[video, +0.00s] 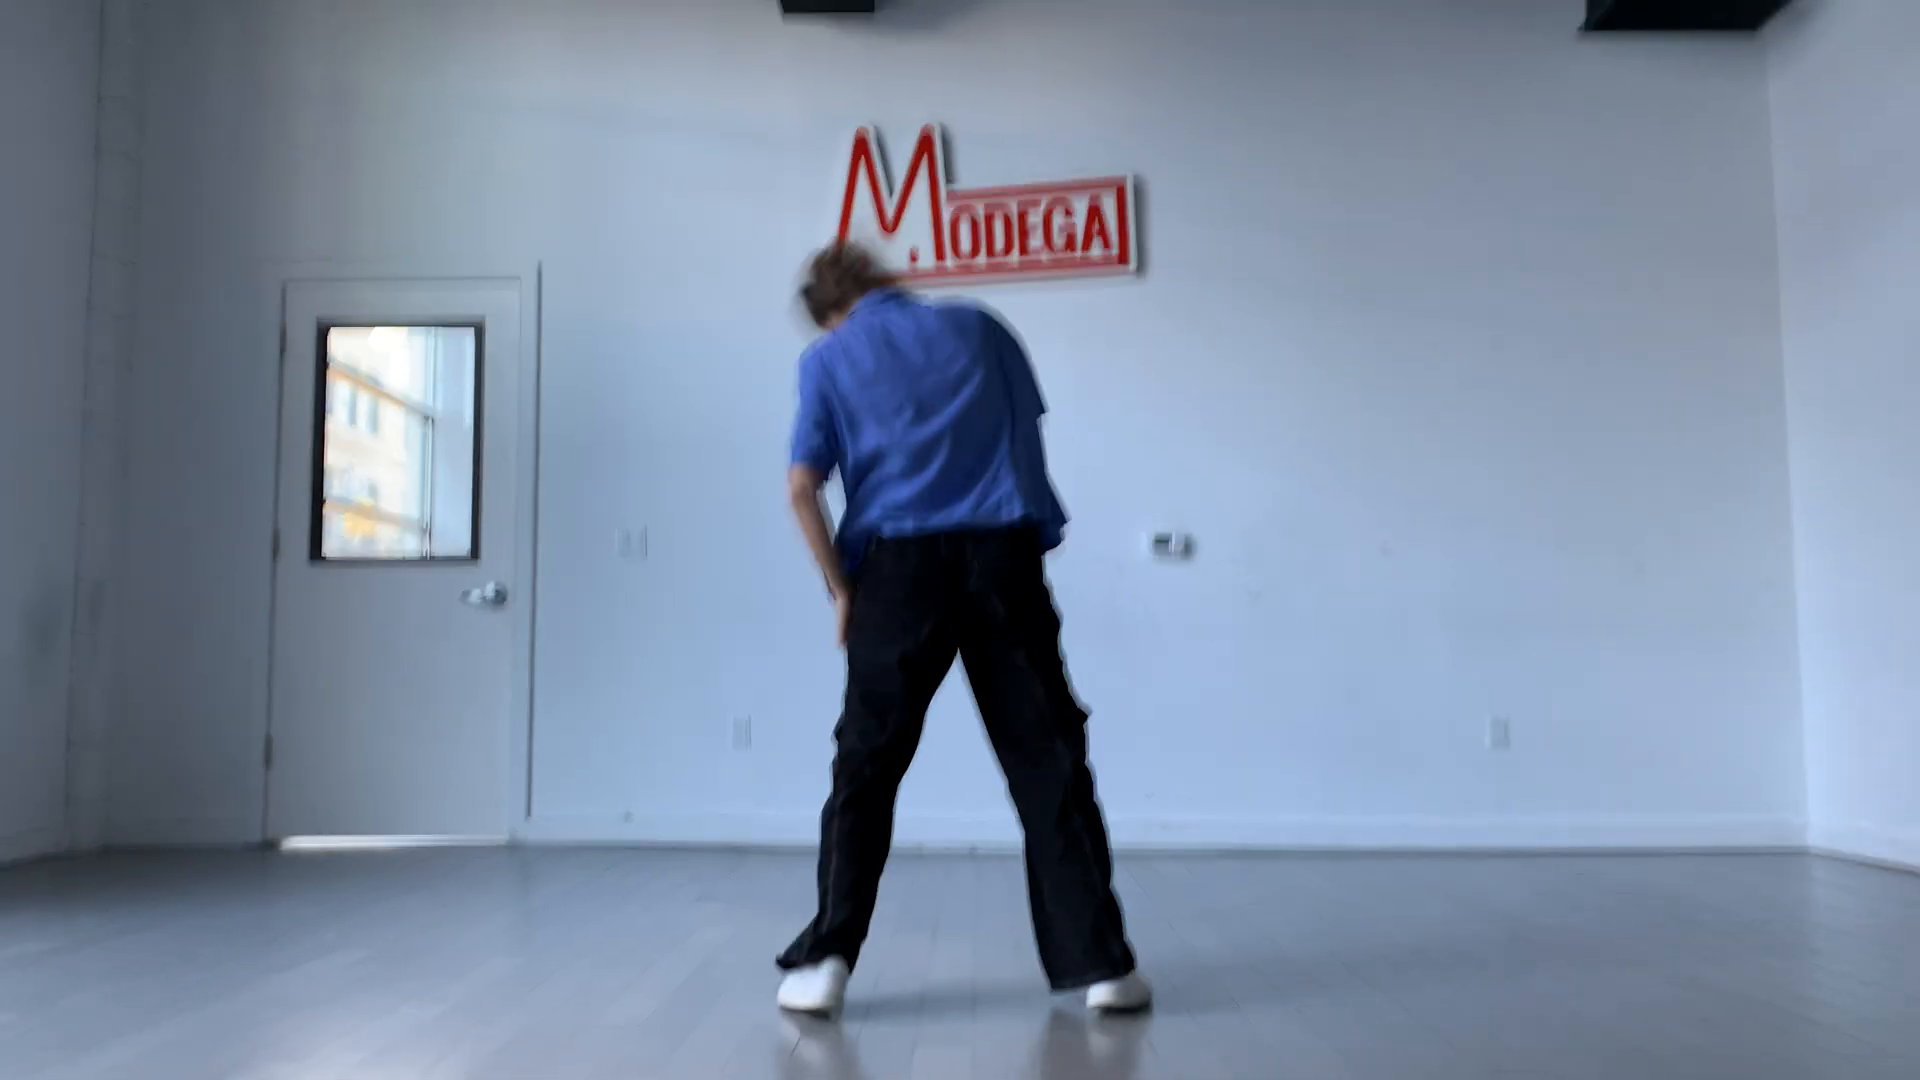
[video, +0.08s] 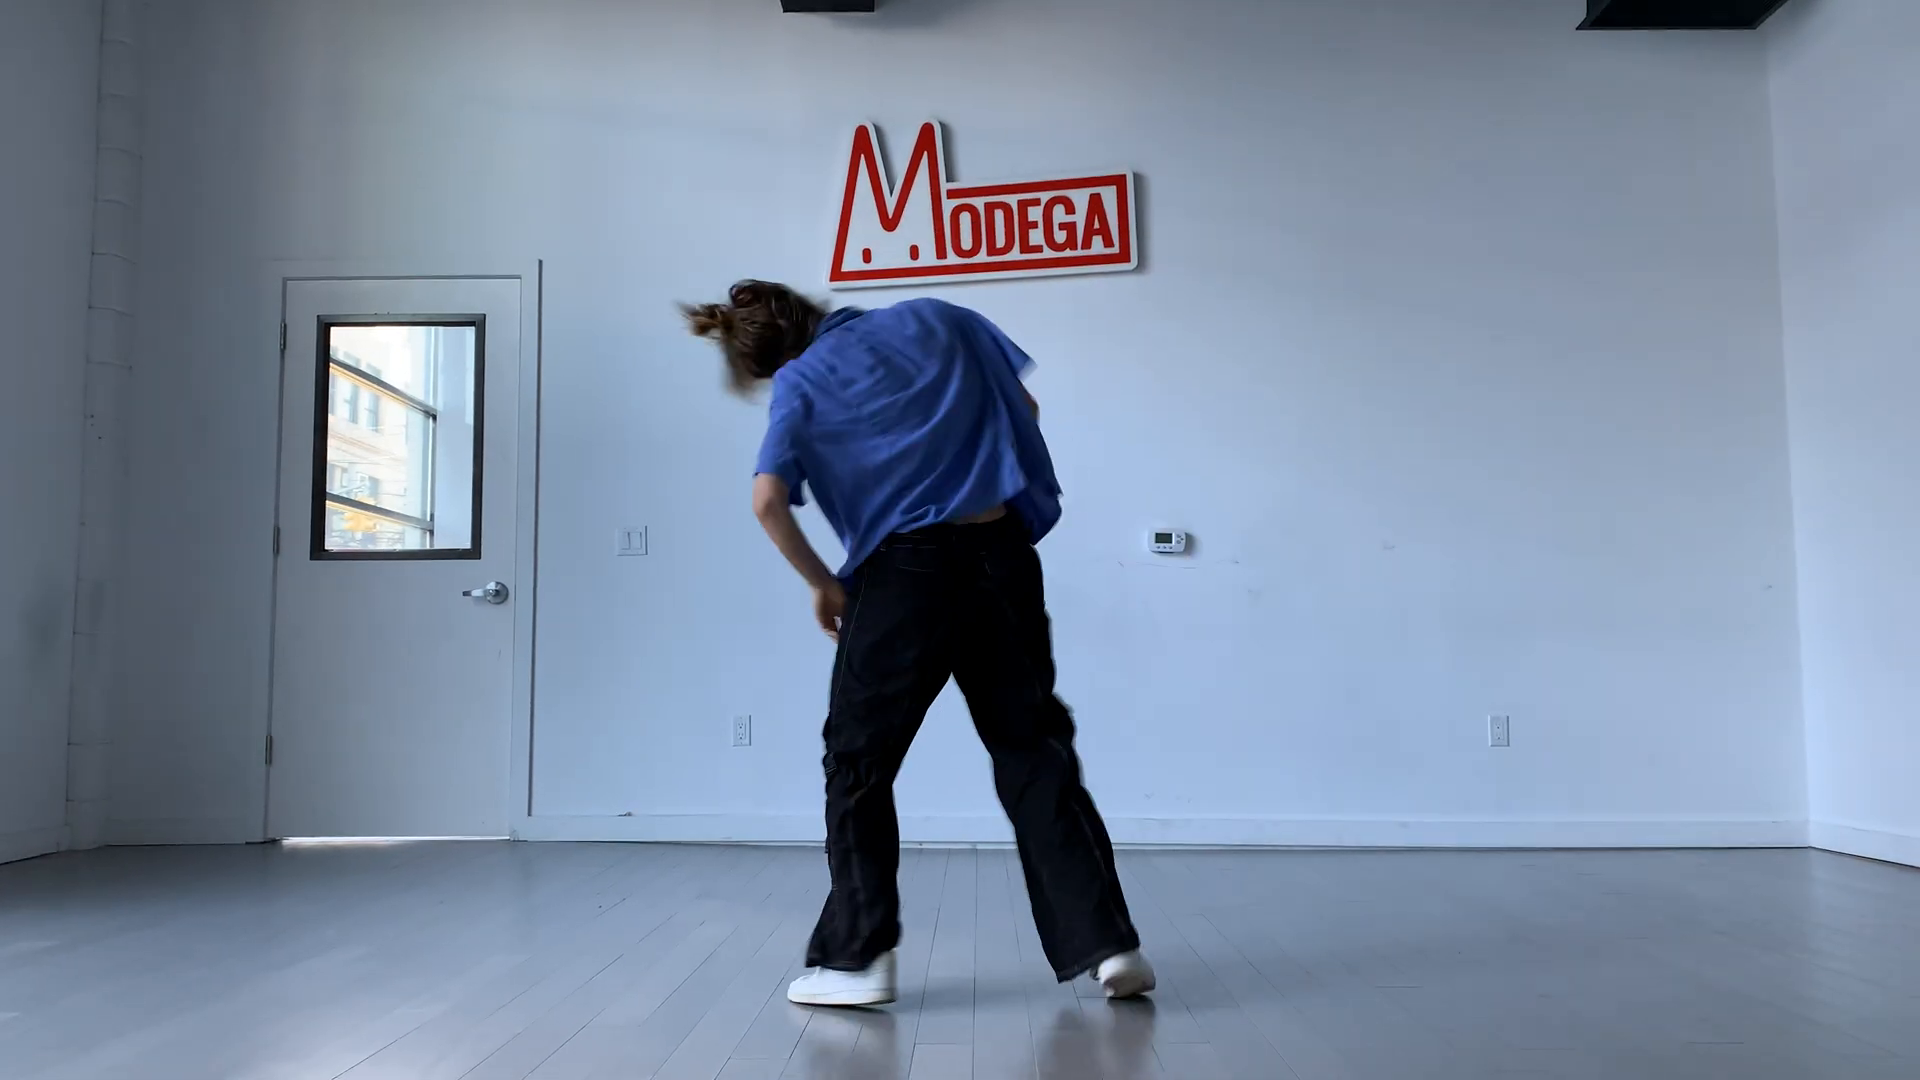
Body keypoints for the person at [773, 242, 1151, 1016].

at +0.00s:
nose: (824, 332)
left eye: (819, 323)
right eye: (823, 324)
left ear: (829, 309)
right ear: (889, 280)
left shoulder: (827, 359)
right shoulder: (980, 325)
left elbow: (801, 487)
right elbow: (1027, 438)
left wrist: (840, 588)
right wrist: (1021, 540)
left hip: (898, 584)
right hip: (1006, 572)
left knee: (866, 769)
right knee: (1050, 763)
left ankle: (827, 960)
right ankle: (1104, 965)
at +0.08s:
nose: (766, 389)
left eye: (761, 379)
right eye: (757, 385)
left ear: (769, 357)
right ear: (806, 310)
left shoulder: (798, 383)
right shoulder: (931, 315)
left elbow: (768, 502)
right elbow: (1023, 406)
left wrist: (823, 582)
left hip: (900, 583)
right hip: (1004, 567)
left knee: (857, 766)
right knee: (1035, 752)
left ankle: (860, 959)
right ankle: (1109, 944)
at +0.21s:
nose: (731, 394)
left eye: (740, 382)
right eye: (724, 379)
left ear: (787, 367)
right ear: (794, 350)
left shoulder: (787, 424)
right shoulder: (859, 332)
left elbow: (810, 536)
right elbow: (943, 358)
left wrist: (787, 591)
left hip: (901, 593)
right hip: (979, 579)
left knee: (831, 769)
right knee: (945, 766)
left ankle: (871, 954)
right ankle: (1076, 883)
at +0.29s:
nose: (752, 385)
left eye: (771, 374)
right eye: (744, 368)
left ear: (815, 373)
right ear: (735, 359)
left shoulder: (818, 449)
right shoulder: (824, 387)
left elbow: (868, 576)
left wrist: (785, 626)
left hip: (918, 613)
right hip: (955, 598)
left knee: (817, 769)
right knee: (879, 775)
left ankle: (875, 955)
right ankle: (1017, 883)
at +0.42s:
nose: (781, 385)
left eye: (799, 370)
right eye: (767, 369)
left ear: (829, 376)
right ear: (753, 374)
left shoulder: (862, 471)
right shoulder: (754, 419)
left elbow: (915, 602)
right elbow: (706, 425)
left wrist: (830, 682)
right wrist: (745, 512)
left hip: (942, 619)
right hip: (877, 618)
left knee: (831, 769)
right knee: (801, 763)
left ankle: (880, 955)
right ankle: (883, 915)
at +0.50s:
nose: (786, 392)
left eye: (802, 376)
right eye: (772, 378)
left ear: (837, 384)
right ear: (757, 390)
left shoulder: (886, 473)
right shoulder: (749, 453)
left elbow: (937, 594)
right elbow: (661, 495)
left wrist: (882, 699)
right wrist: (701, 584)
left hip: (926, 626)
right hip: (842, 629)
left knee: (848, 763)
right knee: (800, 768)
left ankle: (887, 957)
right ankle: (809, 936)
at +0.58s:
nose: (784, 402)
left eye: (799, 384)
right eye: (770, 388)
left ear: (835, 387)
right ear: (757, 397)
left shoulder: (891, 464)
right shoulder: (745, 477)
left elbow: (951, 583)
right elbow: (657, 576)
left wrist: (923, 703)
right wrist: (718, 657)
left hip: (904, 643)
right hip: (818, 648)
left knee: (858, 774)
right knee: (803, 784)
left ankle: (891, 957)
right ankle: (802, 943)